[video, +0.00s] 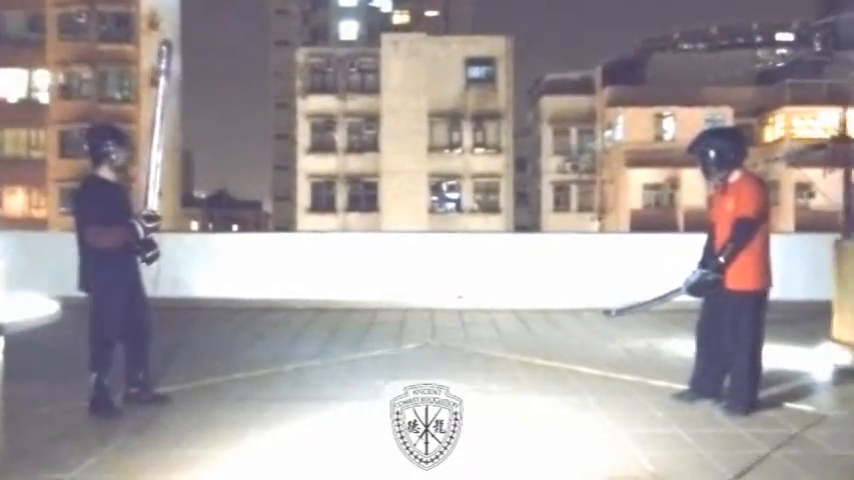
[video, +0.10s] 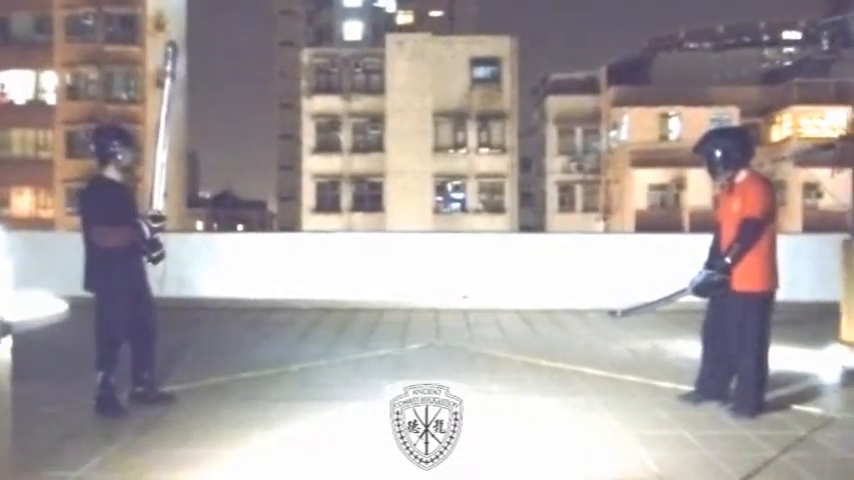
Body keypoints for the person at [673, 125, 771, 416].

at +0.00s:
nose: (703, 167)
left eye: (706, 160)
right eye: (702, 161)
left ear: (722, 158)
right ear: (717, 160)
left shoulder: (751, 188)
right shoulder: (719, 193)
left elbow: (744, 231)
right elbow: (714, 235)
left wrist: (717, 266)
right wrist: (704, 267)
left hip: (747, 280)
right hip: (722, 278)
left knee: (743, 340)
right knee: (711, 333)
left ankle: (741, 397)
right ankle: (704, 385)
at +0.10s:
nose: (710, 168)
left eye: (713, 160)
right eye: (708, 161)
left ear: (729, 158)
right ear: (722, 160)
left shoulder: (757, 188)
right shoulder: (725, 192)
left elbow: (751, 230)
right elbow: (721, 235)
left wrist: (724, 266)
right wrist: (710, 266)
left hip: (753, 280)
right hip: (728, 278)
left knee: (749, 342)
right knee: (717, 334)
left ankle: (748, 399)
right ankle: (711, 387)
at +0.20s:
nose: (720, 167)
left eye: (723, 159)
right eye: (719, 161)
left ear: (739, 157)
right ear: (733, 160)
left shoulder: (768, 188)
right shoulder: (736, 193)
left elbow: (761, 231)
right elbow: (731, 236)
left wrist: (734, 267)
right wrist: (721, 267)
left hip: (764, 282)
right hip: (738, 280)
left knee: (761, 343)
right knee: (727, 336)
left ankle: (759, 400)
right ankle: (721, 388)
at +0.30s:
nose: (723, 168)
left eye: (726, 160)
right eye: (722, 161)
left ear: (742, 158)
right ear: (736, 161)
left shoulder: (770, 188)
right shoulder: (738, 194)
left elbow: (764, 231)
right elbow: (733, 236)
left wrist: (737, 268)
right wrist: (723, 268)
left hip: (767, 283)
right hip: (741, 281)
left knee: (763, 345)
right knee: (730, 337)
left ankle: (762, 402)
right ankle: (724, 389)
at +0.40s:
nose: (724, 166)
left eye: (727, 158)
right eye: (723, 160)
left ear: (743, 156)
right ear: (738, 159)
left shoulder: (772, 187)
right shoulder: (739, 193)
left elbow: (765, 231)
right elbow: (735, 235)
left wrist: (738, 267)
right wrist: (724, 268)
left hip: (769, 282)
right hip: (743, 280)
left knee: (765, 344)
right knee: (732, 336)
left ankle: (764, 400)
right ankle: (726, 388)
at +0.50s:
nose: (724, 165)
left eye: (727, 157)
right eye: (722, 158)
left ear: (743, 155)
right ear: (739, 157)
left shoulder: (772, 185)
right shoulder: (739, 190)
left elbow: (766, 229)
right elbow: (735, 233)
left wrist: (739, 264)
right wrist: (725, 265)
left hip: (769, 280)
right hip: (743, 278)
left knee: (766, 341)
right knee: (732, 335)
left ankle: (765, 398)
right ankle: (727, 387)